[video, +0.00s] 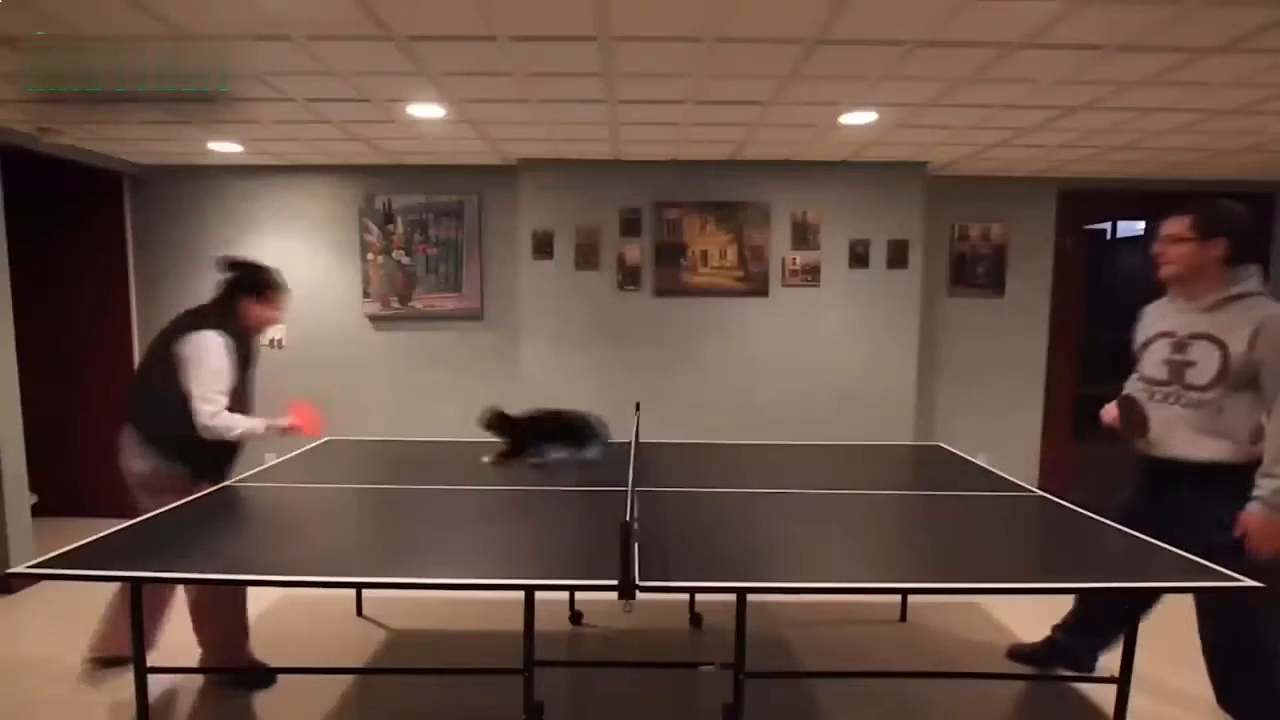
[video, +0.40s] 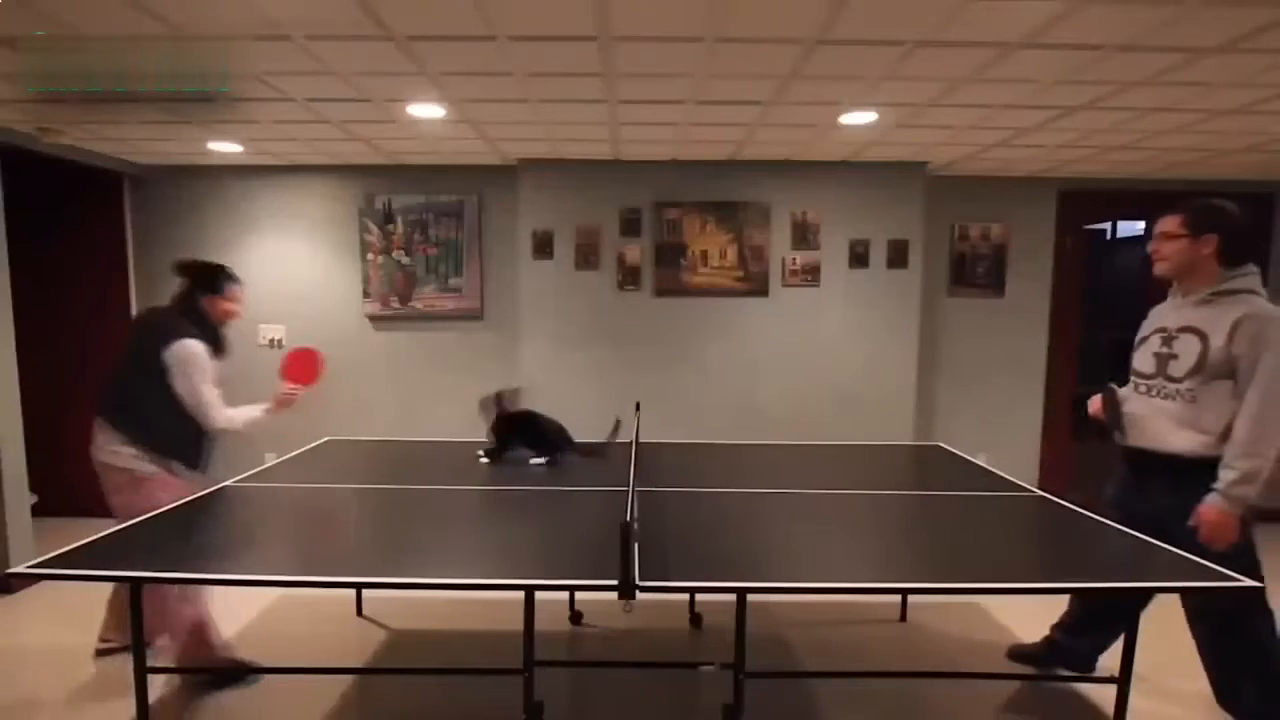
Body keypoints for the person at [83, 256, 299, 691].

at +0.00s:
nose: (276, 318)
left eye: (278, 308)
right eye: (272, 308)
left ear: (247, 302)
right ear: (248, 302)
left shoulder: (227, 332)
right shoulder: (207, 337)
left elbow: (217, 407)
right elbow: (209, 418)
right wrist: (276, 425)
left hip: (180, 453)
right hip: (157, 456)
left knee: (163, 550)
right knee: (215, 550)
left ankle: (113, 648)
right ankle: (227, 659)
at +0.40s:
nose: (237, 311)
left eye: (238, 302)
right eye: (233, 302)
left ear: (201, 297)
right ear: (208, 300)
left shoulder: (161, 324)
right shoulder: (186, 345)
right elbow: (214, 417)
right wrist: (270, 407)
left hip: (119, 454)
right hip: (140, 465)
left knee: (158, 551)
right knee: (178, 556)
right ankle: (201, 655)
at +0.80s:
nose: (189, 288)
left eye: (190, 279)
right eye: (180, 279)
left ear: (158, 282)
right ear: (153, 280)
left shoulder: (148, 322)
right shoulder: (138, 327)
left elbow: (149, 397)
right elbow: (151, 404)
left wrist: (201, 401)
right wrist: (209, 404)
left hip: (125, 447)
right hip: (122, 451)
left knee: (129, 541)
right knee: (152, 542)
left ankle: (114, 633)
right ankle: (157, 651)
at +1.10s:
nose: (164, 281)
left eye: (167, 272)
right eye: (154, 272)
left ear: (168, 277)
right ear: (127, 275)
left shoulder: (154, 324)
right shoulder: (99, 321)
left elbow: (160, 386)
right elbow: (84, 393)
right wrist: (161, 403)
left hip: (154, 450)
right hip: (118, 454)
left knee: (137, 540)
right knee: (156, 539)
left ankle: (114, 634)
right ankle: (156, 649)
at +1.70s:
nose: (193, 305)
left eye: (196, 295)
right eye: (183, 295)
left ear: (193, 297)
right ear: (151, 296)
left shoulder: (182, 346)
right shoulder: (117, 341)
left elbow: (180, 406)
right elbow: (82, 403)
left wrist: (205, 396)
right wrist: (167, 402)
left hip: (176, 482)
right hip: (129, 485)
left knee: (170, 571)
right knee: (171, 574)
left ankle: (118, 650)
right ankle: (180, 688)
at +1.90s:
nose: (236, 287)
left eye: (237, 277)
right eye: (225, 277)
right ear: (190, 283)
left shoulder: (209, 329)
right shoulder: (162, 331)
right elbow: (206, 356)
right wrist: (286, 331)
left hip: (180, 471)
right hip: (140, 473)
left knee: (191, 578)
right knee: (183, 581)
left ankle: (194, 693)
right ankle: (189, 697)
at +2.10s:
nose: (251, 288)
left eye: (253, 279)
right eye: (241, 278)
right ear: (205, 279)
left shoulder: (215, 325)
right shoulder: (178, 322)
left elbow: (208, 375)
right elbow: (159, 384)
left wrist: (269, 354)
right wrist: (240, 373)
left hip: (174, 472)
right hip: (138, 472)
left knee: (187, 586)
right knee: (167, 589)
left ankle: (193, 698)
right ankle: (174, 704)